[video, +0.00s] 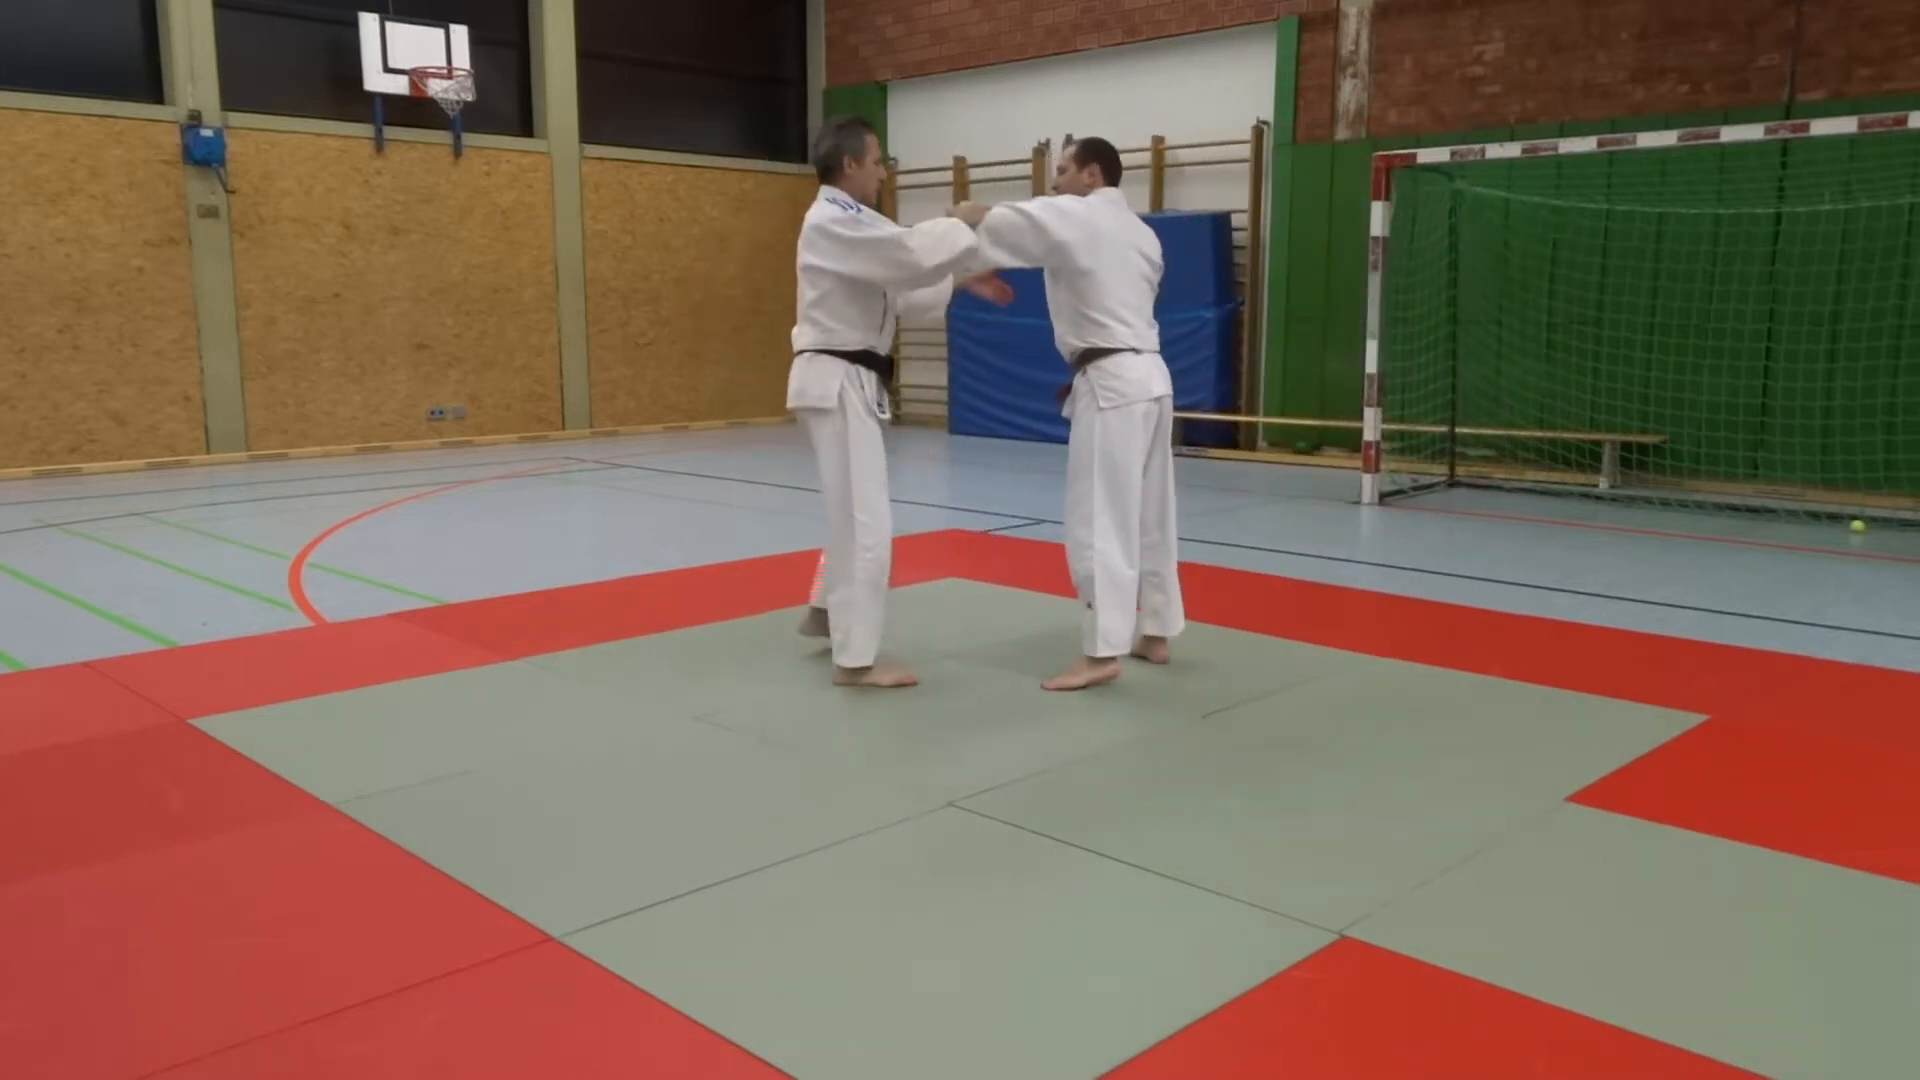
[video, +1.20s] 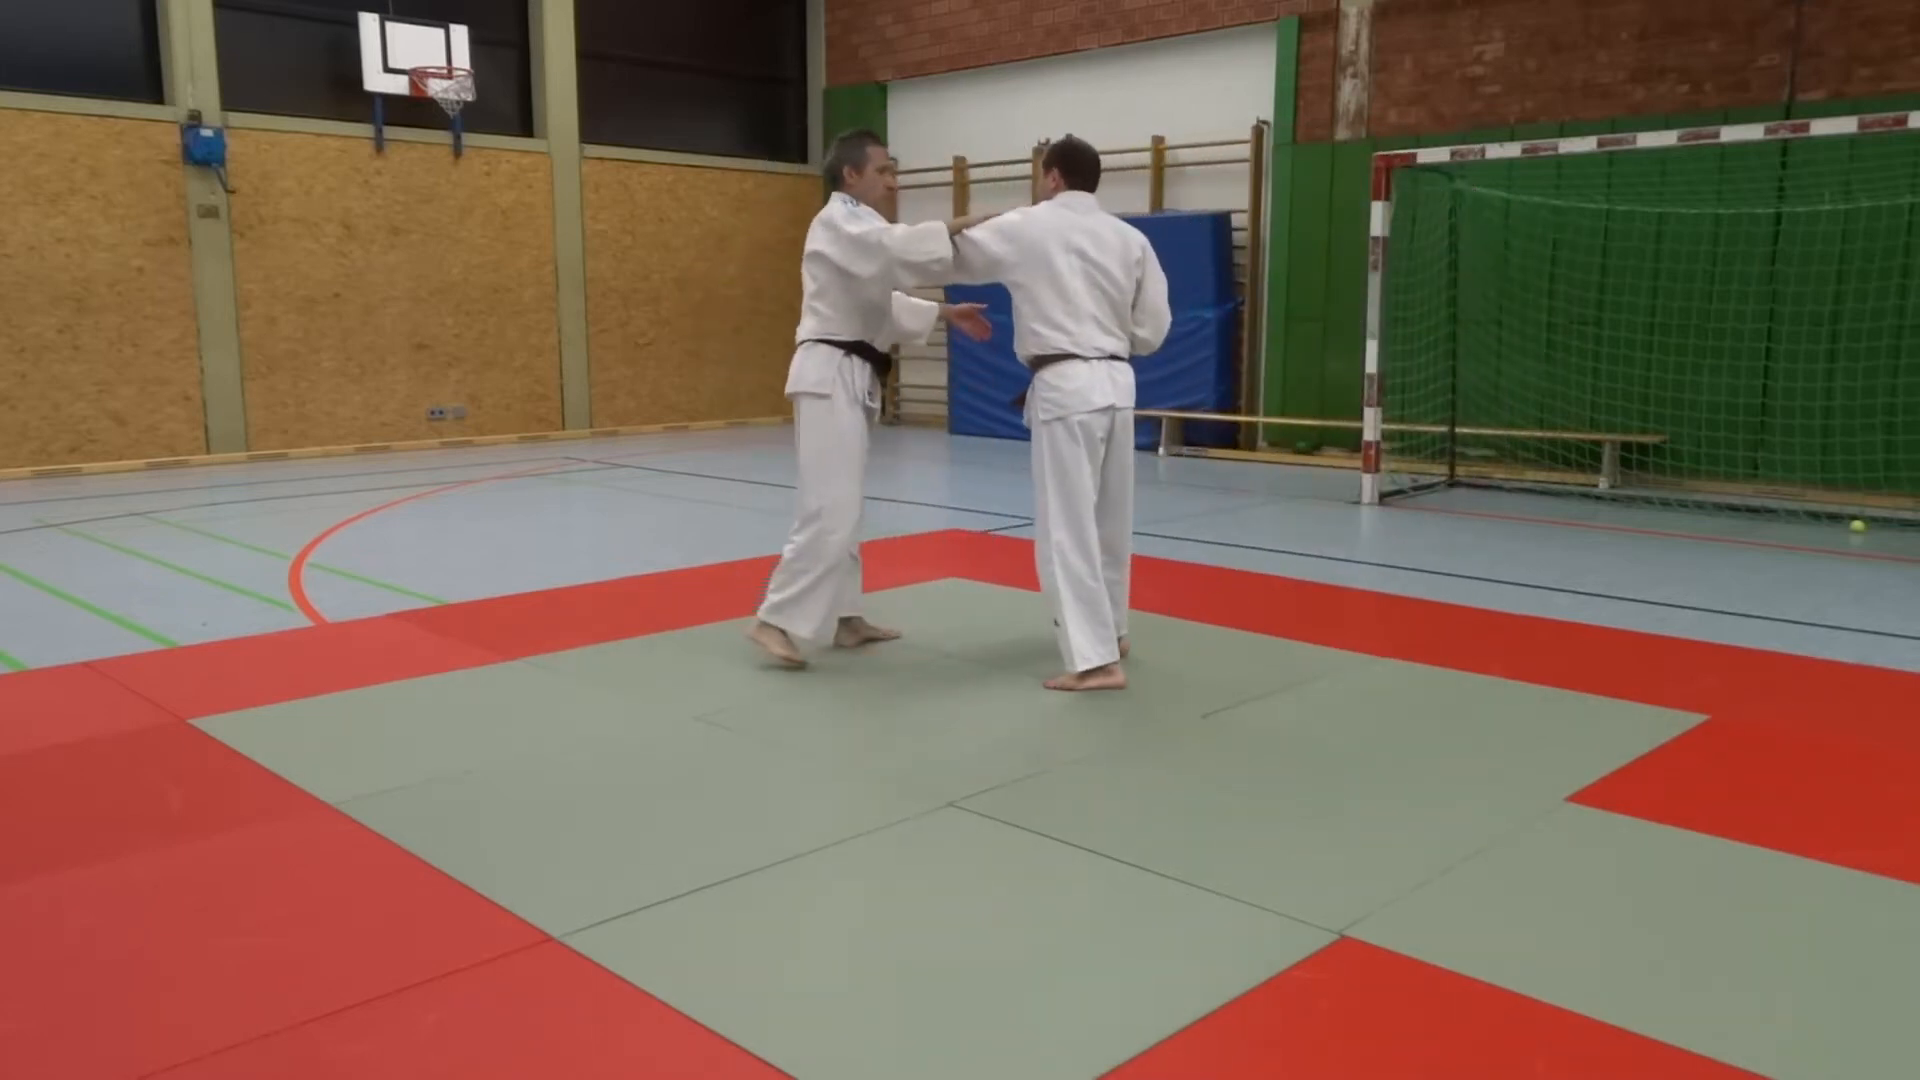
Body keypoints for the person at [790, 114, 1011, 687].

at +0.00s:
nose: (883, 173)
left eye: (881, 162)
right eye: (876, 162)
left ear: (845, 166)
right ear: (848, 164)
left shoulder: (843, 218)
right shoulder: (831, 218)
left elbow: (896, 296)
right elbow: (905, 252)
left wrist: (960, 279)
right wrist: (961, 223)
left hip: (841, 376)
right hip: (837, 380)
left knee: (852, 505)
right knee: (867, 519)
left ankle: (827, 608)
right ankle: (856, 661)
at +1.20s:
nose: (895, 180)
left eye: (893, 171)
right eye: (885, 170)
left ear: (859, 177)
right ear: (852, 175)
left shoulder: (859, 226)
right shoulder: (836, 219)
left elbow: (877, 302)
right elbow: (892, 246)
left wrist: (946, 313)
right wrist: (967, 229)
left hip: (852, 372)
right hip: (828, 369)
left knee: (845, 503)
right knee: (832, 505)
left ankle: (845, 617)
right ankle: (775, 621)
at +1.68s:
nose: (856, 188)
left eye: (855, 177)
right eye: (848, 177)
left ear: (822, 178)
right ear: (816, 178)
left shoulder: (828, 237)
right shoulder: (782, 227)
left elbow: (868, 298)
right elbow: (859, 251)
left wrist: (938, 299)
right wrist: (947, 228)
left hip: (802, 389)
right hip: (756, 382)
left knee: (816, 499)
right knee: (742, 507)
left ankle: (823, 616)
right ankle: (727, 638)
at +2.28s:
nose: (894, 184)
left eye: (894, 176)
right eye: (883, 176)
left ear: (887, 183)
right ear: (849, 181)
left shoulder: (883, 240)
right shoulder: (831, 220)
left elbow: (921, 304)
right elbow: (896, 239)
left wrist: (999, 292)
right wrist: (991, 231)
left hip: (836, 386)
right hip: (792, 378)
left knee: (848, 501)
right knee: (771, 508)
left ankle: (845, 615)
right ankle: (737, 635)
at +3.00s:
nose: (893, 184)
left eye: (893, 173)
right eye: (888, 173)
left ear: (850, 171)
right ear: (859, 172)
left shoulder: (842, 215)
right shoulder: (843, 218)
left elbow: (906, 262)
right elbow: (913, 282)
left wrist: (975, 274)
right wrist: (1008, 276)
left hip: (824, 383)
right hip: (802, 380)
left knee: (834, 514)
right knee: (802, 527)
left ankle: (806, 633)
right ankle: (774, 680)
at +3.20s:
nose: (832, 169)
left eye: (829, 160)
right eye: (825, 159)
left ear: (790, 166)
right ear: (800, 164)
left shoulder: (790, 211)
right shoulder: (789, 207)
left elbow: (863, 261)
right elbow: (869, 246)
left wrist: (927, 244)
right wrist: (969, 242)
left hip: (783, 381)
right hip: (771, 381)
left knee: (794, 527)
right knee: (791, 530)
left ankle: (789, 656)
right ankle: (777, 676)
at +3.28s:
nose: (815, 163)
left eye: (812, 153)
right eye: (808, 153)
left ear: (770, 161)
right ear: (782, 158)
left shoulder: (771, 211)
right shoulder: (771, 204)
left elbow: (800, 314)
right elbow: (857, 243)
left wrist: (867, 312)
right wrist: (956, 234)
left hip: (771, 383)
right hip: (758, 383)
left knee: (792, 525)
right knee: (789, 529)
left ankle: (784, 652)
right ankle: (743, 670)